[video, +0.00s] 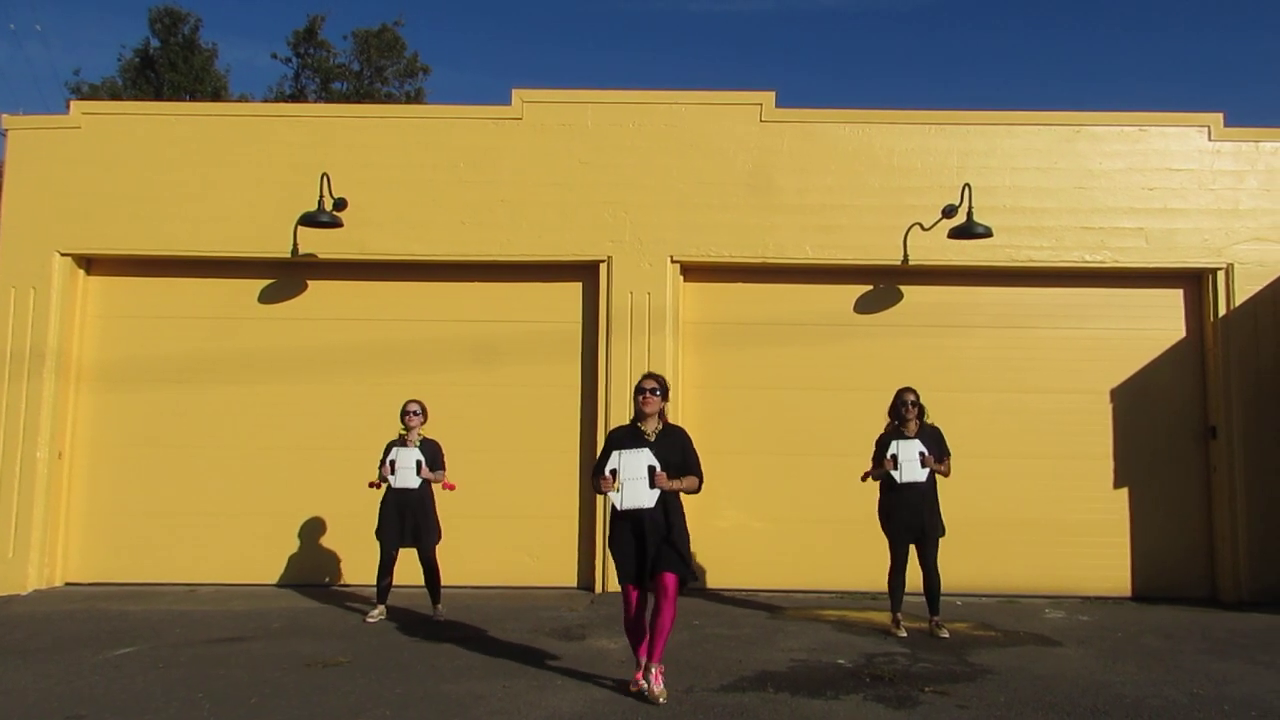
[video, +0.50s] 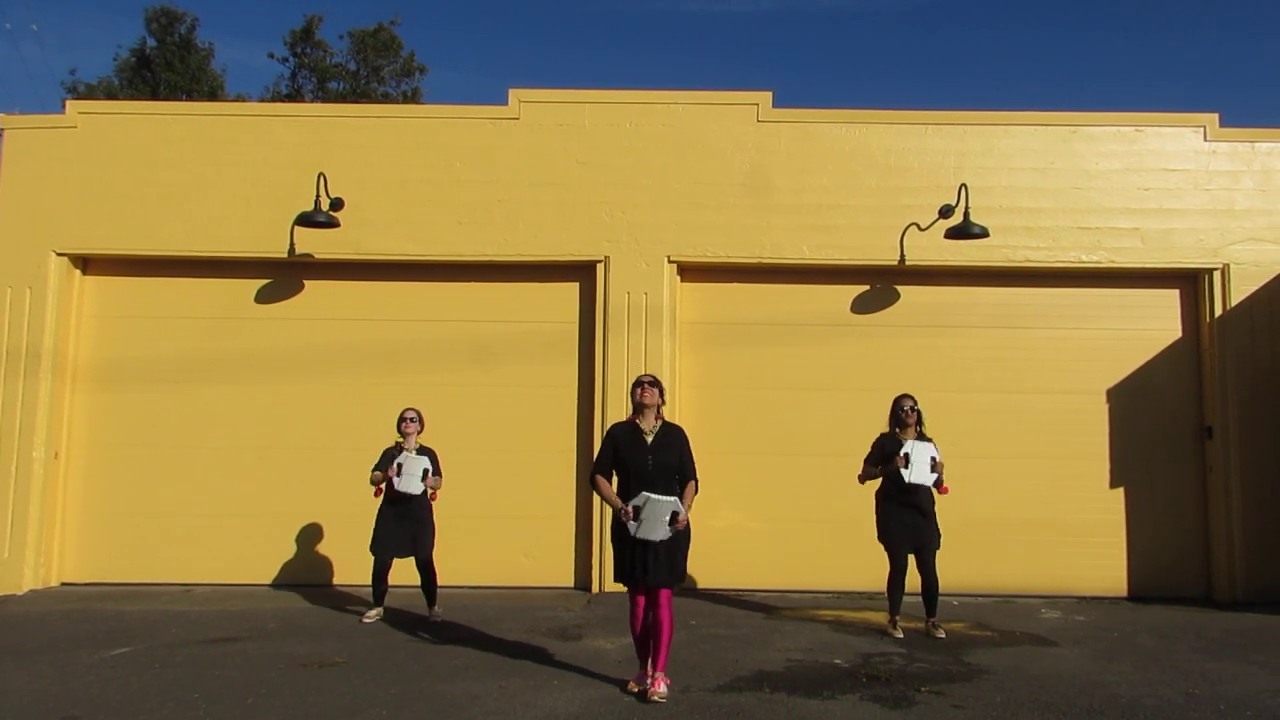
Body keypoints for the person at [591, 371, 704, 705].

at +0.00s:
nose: (647, 397)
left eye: (654, 392)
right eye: (642, 392)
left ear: (664, 399)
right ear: (634, 398)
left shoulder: (677, 436)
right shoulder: (618, 436)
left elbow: (695, 481)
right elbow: (598, 474)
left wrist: (672, 483)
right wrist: (602, 483)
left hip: (667, 528)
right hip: (628, 530)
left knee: (667, 591)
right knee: (633, 603)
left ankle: (655, 668)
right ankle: (641, 666)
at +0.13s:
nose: (646, 410)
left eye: (652, 406)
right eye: (641, 406)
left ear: (663, 413)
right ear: (633, 412)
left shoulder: (676, 451)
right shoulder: (618, 451)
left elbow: (692, 498)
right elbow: (594, 491)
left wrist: (672, 501)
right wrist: (601, 499)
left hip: (666, 543)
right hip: (628, 545)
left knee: (666, 601)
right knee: (635, 608)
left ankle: (656, 677)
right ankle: (642, 669)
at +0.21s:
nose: (645, 403)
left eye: (652, 399)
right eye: (640, 399)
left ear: (662, 406)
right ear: (633, 406)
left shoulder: (676, 444)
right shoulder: (617, 445)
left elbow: (693, 489)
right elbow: (594, 485)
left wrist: (676, 496)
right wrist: (604, 494)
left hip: (666, 539)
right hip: (629, 540)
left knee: (663, 603)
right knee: (635, 605)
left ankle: (654, 677)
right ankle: (642, 668)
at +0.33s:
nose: (644, 388)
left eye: (651, 384)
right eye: (639, 384)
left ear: (661, 394)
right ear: (632, 393)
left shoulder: (676, 430)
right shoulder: (618, 431)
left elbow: (691, 475)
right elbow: (597, 473)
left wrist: (680, 500)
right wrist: (610, 494)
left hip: (666, 525)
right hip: (630, 526)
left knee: (660, 596)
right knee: (637, 597)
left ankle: (659, 672)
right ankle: (644, 665)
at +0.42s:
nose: (643, 389)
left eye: (650, 385)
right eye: (638, 385)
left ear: (661, 395)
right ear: (632, 394)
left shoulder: (675, 433)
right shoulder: (618, 432)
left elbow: (689, 479)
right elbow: (598, 475)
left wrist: (679, 509)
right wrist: (612, 502)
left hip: (667, 526)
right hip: (630, 527)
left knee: (661, 599)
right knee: (637, 602)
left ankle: (660, 674)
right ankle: (645, 669)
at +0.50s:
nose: (644, 389)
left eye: (651, 386)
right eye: (639, 386)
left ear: (661, 397)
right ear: (632, 396)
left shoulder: (675, 433)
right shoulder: (618, 432)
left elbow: (690, 479)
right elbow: (598, 476)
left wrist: (684, 508)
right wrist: (618, 505)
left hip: (669, 525)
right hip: (632, 525)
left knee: (662, 597)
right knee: (638, 599)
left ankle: (659, 674)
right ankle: (644, 669)